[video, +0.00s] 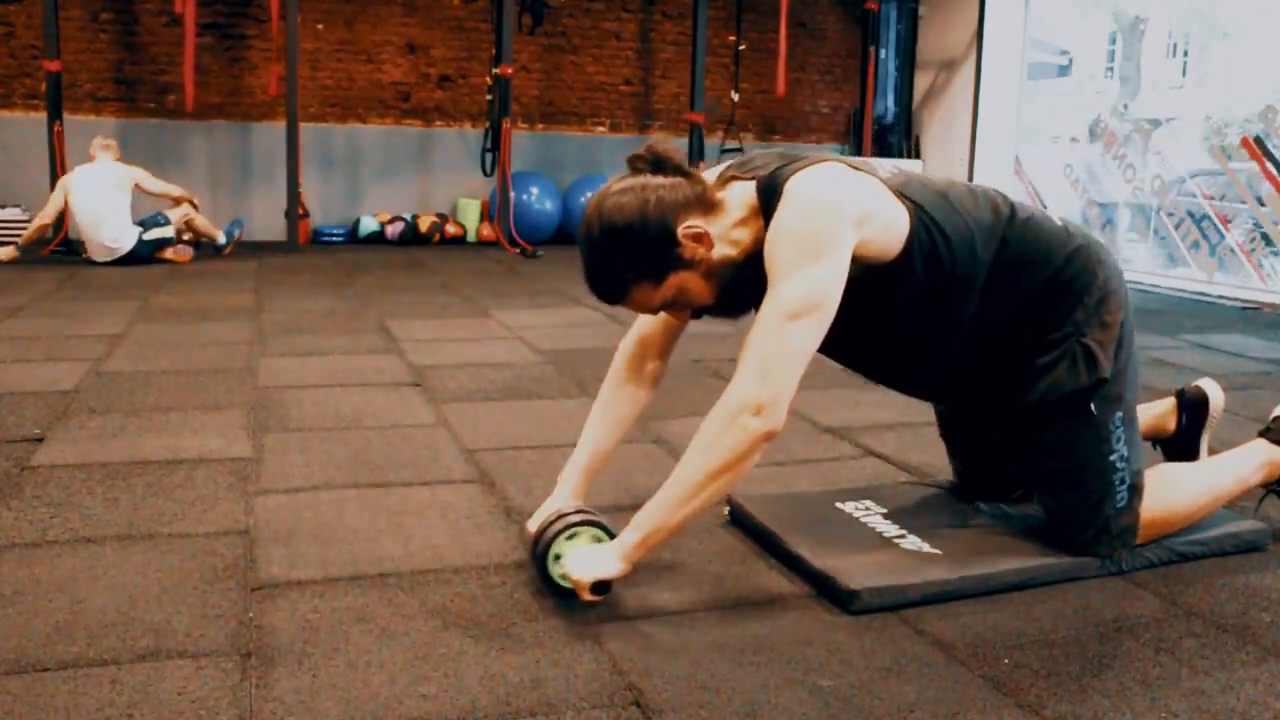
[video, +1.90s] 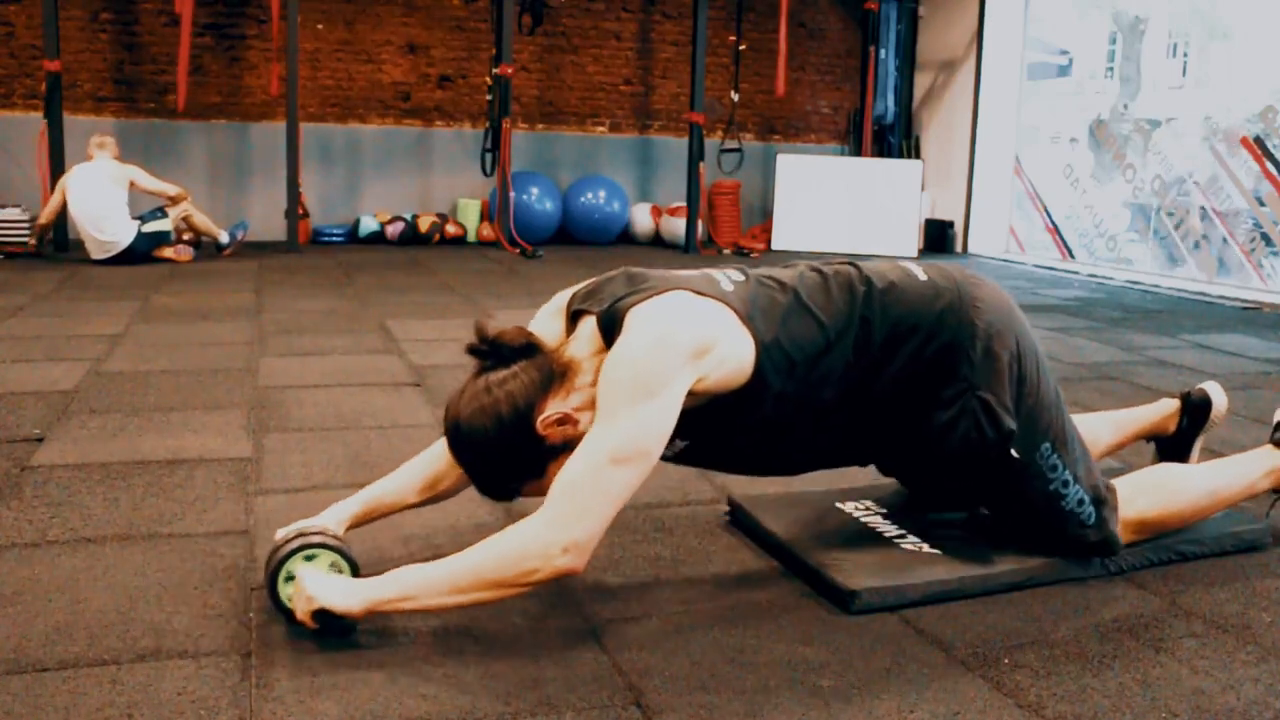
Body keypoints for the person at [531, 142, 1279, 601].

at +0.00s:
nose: (676, 317)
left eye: (673, 303)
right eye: (661, 310)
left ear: (697, 242)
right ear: (692, 235)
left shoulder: (815, 207)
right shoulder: (701, 217)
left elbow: (753, 415)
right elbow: (639, 363)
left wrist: (625, 549)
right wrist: (568, 495)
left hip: (1058, 300)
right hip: (967, 335)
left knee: (1097, 527)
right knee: (999, 483)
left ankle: (1269, 455)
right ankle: (1176, 415)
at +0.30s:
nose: (601, 383)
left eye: (588, 367)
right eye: (576, 380)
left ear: (608, 307)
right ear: (594, 309)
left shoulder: (722, 266)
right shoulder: (620, 269)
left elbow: (644, 465)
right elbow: (541, 392)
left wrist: (491, 562)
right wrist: (452, 493)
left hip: (1007, 324)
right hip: (922, 359)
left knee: (1106, 525)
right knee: (1002, 482)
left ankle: (1264, 450)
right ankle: (1171, 413)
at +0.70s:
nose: (527, 480)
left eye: (515, 464)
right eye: (510, 473)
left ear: (527, 406)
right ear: (515, 411)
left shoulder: (628, 357)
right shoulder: (537, 330)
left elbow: (512, 555)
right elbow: (423, 450)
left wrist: (323, 596)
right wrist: (299, 519)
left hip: (931, 373)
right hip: (862, 375)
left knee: (1094, 522)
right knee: (1018, 481)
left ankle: (1264, 457)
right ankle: (1174, 405)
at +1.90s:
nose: (581, 458)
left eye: (566, 451)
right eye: (560, 460)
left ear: (564, 400)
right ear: (542, 402)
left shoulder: (657, 350)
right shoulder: (561, 323)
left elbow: (558, 546)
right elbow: (467, 448)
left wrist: (369, 594)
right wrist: (343, 513)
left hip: (956, 341)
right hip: (904, 323)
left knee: (1092, 525)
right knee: (1000, 493)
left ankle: (1271, 466)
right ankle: (1174, 410)